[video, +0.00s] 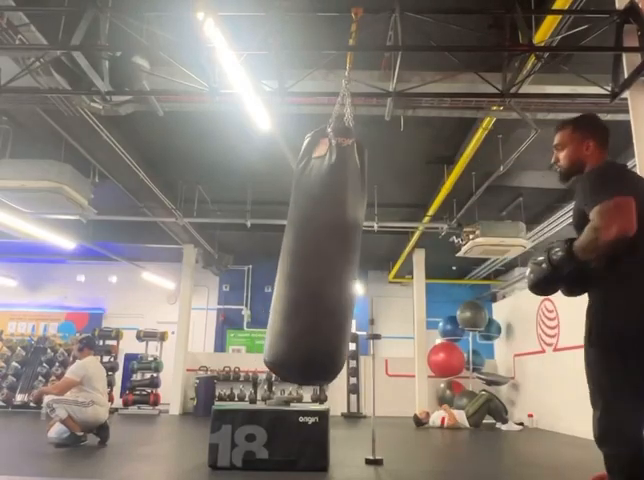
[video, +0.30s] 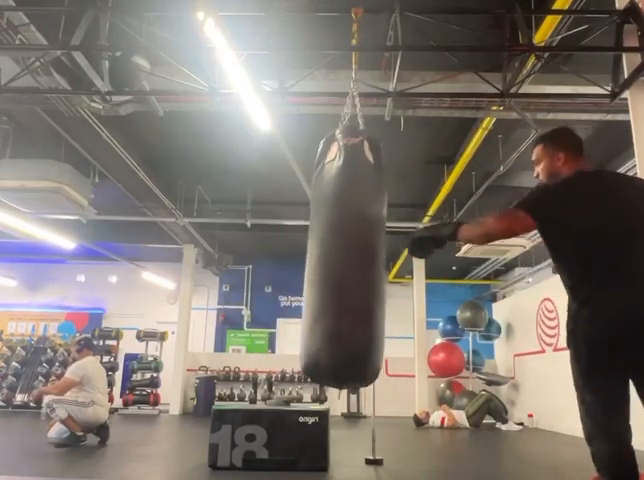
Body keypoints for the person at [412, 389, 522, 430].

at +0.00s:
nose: (423, 410)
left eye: (421, 411)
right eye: (421, 413)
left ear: (423, 417)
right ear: (423, 418)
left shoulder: (434, 415)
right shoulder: (434, 420)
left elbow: (451, 418)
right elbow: (453, 423)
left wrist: (446, 410)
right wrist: (447, 410)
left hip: (467, 413)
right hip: (470, 419)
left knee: (484, 393)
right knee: (487, 396)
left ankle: (501, 420)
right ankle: (505, 422)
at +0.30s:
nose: (423, 410)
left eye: (421, 411)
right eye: (421, 413)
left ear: (423, 417)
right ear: (423, 419)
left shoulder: (434, 415)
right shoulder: (434, 420)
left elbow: (450, 418)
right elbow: (452, 423)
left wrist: (446, 410)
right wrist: (446, 410)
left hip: (467, 413)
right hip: (470, 419)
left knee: (484, 393)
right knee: (487, 397)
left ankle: (501, 420)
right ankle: (505, 422)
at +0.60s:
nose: (423, 410)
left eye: (421, 410)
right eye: (421, 412)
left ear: (422, 417)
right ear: (423, 418)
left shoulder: (434, 416)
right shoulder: (434, 420)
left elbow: (451, 419)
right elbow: (453, 422)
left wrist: (446, 410)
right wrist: (447, 410)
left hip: (466, 413)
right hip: (469, 419)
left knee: (484, 393)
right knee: (487, 397)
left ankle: (501, 420)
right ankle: (505, 422)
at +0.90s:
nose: (423, 410)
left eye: (420, 411)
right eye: (421, 412)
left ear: (423, 417)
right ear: (423, 418)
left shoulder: (434, 415)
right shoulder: (434, 420)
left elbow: (451, 419)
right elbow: (453, 423)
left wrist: (446, 410)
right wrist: (447, 410)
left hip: (467, 413)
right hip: (469, 419)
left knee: (484, 393)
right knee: (487, 396)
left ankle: (501, 420)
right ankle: (505, 422)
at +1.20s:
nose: (423, 410)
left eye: (421, 410)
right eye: (421, 412)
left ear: (423, 415)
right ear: (423, 418)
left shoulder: (435, 415)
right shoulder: (434, 420)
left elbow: (450, 416)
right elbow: (453, 423)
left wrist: (448, 407)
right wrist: (448, 410)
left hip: (467, 413)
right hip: (469, 419)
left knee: (484, 393)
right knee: (487, 396)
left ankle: (501, 420)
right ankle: (505, 422)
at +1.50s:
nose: (423, 410)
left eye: (421, 411)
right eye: (421, 413)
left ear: (423, 416)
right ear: (423, 418)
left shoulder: (434, 415)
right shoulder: (434, 421)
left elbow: (448, 414)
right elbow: (453, 422)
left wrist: (443, 404)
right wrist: (445, 407)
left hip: (466, 413)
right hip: (469, 419)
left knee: (484, 393)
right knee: (487, 397)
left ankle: (500, 420)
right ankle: (505, 422)